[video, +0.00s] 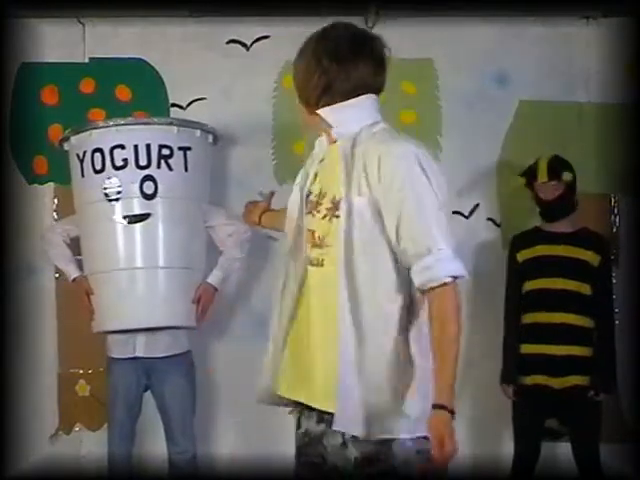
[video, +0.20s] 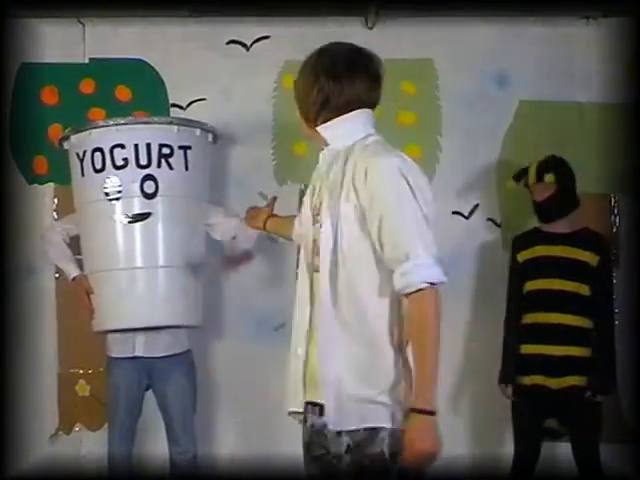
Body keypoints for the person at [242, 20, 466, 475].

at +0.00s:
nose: (297, 97)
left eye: (299, 84)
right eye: (298, 84)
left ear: (315, 86)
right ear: (369, 84)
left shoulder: (395, 157)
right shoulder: (323, 155)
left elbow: (443, 285)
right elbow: (308, 217)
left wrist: (442, 407)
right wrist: (262, 216)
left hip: (380, 417)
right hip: (316, 407)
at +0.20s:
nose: (298, 106)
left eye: (301, 93)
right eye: (299, 94)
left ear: (317, 96)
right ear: (366, 95)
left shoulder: (380, 166)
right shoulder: (330, 169)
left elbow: (421, 285)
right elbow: (324, 237)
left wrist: (422, 410)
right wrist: (269, 221)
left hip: (367, 413)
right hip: (322, 407)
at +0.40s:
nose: (304, 112)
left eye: (307, 100)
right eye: (305, 101)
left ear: (320, 103)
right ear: (369, 100)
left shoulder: (384, 168)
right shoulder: (331, 174)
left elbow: (418, 284)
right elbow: (320, 238)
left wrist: (409, 403)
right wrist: (265, 225)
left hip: (366, 410)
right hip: (320, 403)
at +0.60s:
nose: (306, 116)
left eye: (310, 104)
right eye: (307, 105)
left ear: (326, 106)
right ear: (368, 105)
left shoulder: (389, 171)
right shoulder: (333, 178)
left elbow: (415, 287)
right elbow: (321, 247)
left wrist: (404, 401)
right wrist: (263, 231)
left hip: (367, 414)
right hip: (313, 409)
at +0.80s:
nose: (306, 118)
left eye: (310, 105)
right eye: (307, 106)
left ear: (324, 108)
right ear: (369, 107)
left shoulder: (390, 173)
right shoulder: (332, 178)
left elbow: (418, 289)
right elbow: (317, 247)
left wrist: (406, 402)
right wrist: (257, 231)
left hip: (367, 412)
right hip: (310, 407)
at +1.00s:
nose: (304, 118)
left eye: (308, 107)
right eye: (305, 107)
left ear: (325, 110)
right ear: (364, 108)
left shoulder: (390, 174)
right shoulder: (331, 179)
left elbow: (419, 289)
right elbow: (314, 250)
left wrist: (407, 404)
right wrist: (253, 235)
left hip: (366, 412)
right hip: (310, 407)